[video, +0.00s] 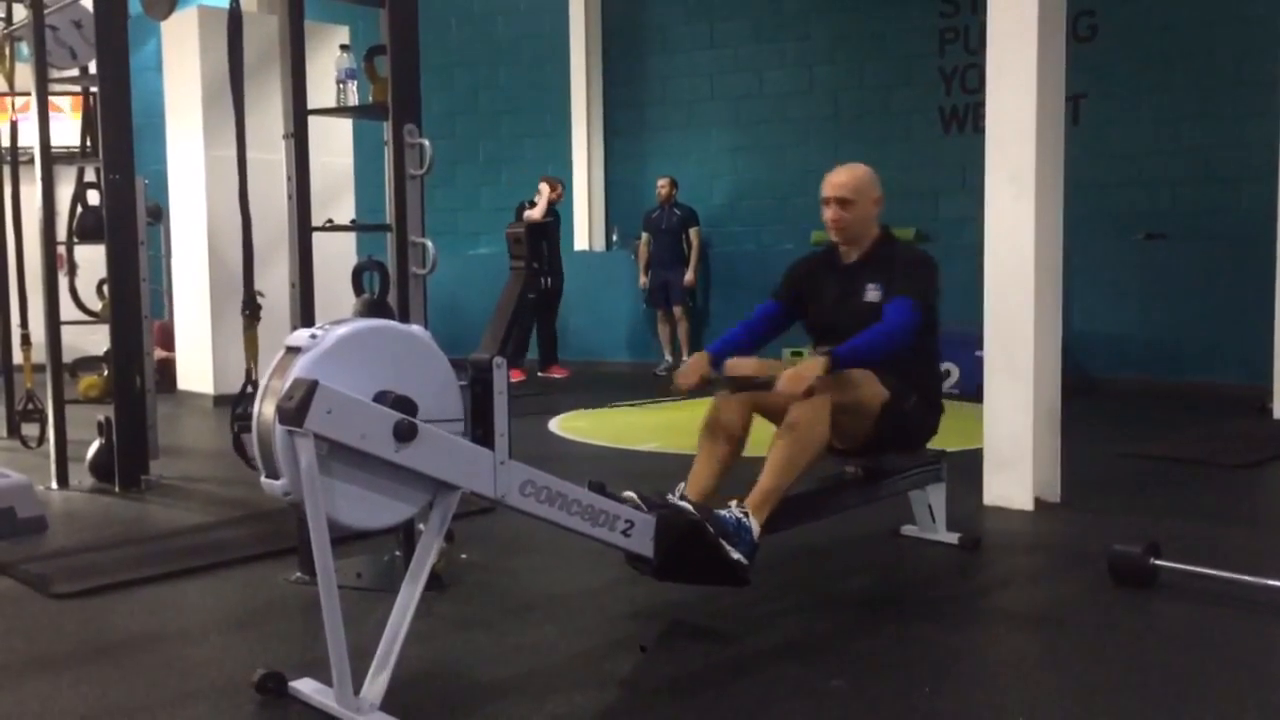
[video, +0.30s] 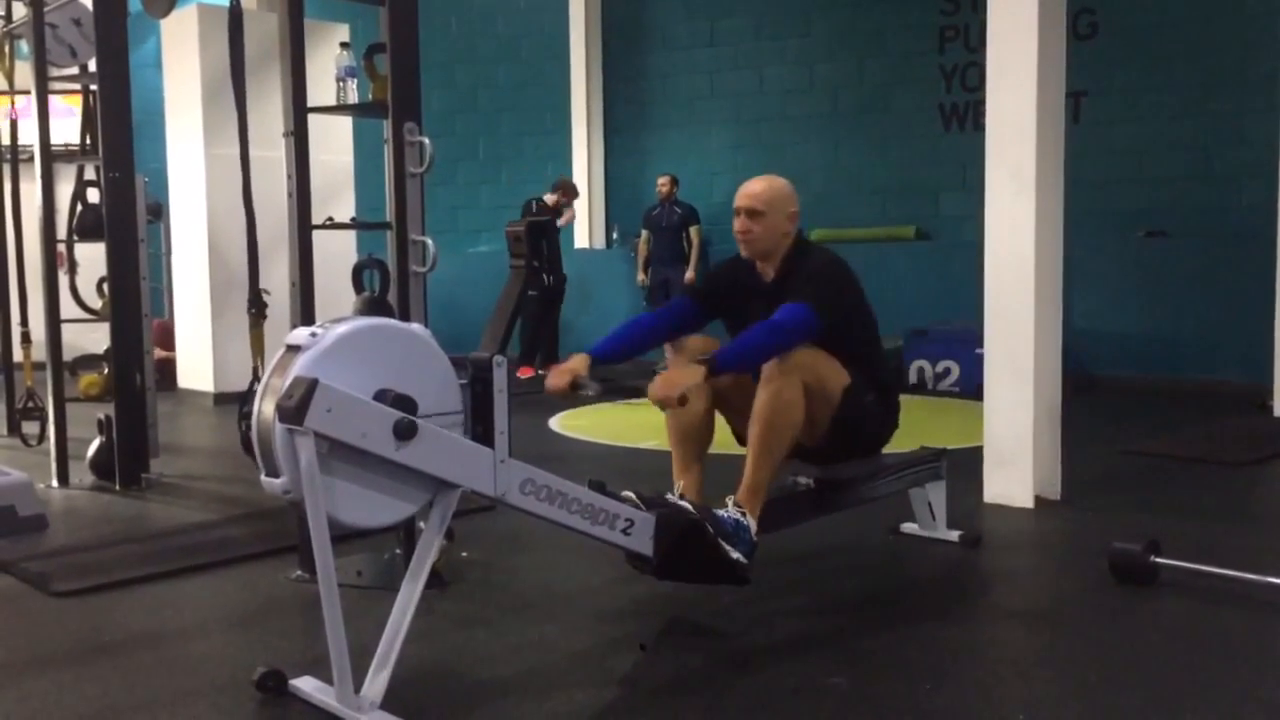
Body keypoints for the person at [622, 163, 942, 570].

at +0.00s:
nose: (832, 215)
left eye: (845, 204)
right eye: (826, 204)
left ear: (876, 205)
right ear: (820, 207)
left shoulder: (910, 264)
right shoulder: (812, 269)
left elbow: (897, 330)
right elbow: (764, 322)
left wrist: (825, 361)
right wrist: (709, 356)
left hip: (904, 408)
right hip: (833, 404)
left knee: (822, 387)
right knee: (739, 374)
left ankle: (748, 522)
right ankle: (687, 505)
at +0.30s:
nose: (741, 226)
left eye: (754, 216)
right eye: (737, 215)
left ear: (791, 222)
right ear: (732, 219)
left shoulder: (824, 272)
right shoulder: (733, 275)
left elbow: (780, 334)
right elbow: (665, 322)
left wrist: (699, 370)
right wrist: (588, 358)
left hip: (854, 427)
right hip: (780, 428)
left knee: (786, 362)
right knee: (690, 351)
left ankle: (744, 517)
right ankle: (686, 503)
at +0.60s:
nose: (830, 196)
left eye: (843, 187)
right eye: (825, 187)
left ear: (875, 194)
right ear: (819, 193)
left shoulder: (902, 257)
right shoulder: (810, 257)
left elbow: (861, 296)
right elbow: (751, 292)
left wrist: (797, 319)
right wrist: (684, 316)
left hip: (893, 407)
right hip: (819, 404)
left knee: (813, 370)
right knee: (728, 370)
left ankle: (747, 521)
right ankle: (688, 503)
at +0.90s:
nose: (940, 223)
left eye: (953, 215)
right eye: (935, 214)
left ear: (978, 223)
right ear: (929, 220)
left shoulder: (1001, 281)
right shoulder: (904, 277)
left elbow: (996, 334)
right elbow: (863, 328)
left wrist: (940, 326)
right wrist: (825, 333)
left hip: (931, 385)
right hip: (874, 370)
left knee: (842, 433)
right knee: (800, 420)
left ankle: (751, 519)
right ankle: (689, 503)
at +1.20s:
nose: (932, 234)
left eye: (945, 226)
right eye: (928, 225)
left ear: (972, 231)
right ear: (921, 229)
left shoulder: (1002, 289)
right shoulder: (903, 285)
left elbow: (1034, 353)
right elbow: (854, 356)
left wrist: (983, 308)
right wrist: (848, 321)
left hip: (932, 400)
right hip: (871, 387)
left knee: (845, 430)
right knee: (804, 419)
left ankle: (754, 525)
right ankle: (697, 508)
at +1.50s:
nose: (838, 218)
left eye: (850, 207)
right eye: (832, 208)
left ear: (881, 205)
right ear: (825, 211)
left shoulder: (918, 265)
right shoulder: (821, 270)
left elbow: (911, 332)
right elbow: (772, 327)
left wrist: (837, 358)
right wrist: (719, 356)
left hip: (906, 410)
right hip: (835, 403)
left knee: (820, 397)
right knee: (741, 394)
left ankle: (747, 528)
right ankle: (688, 510)